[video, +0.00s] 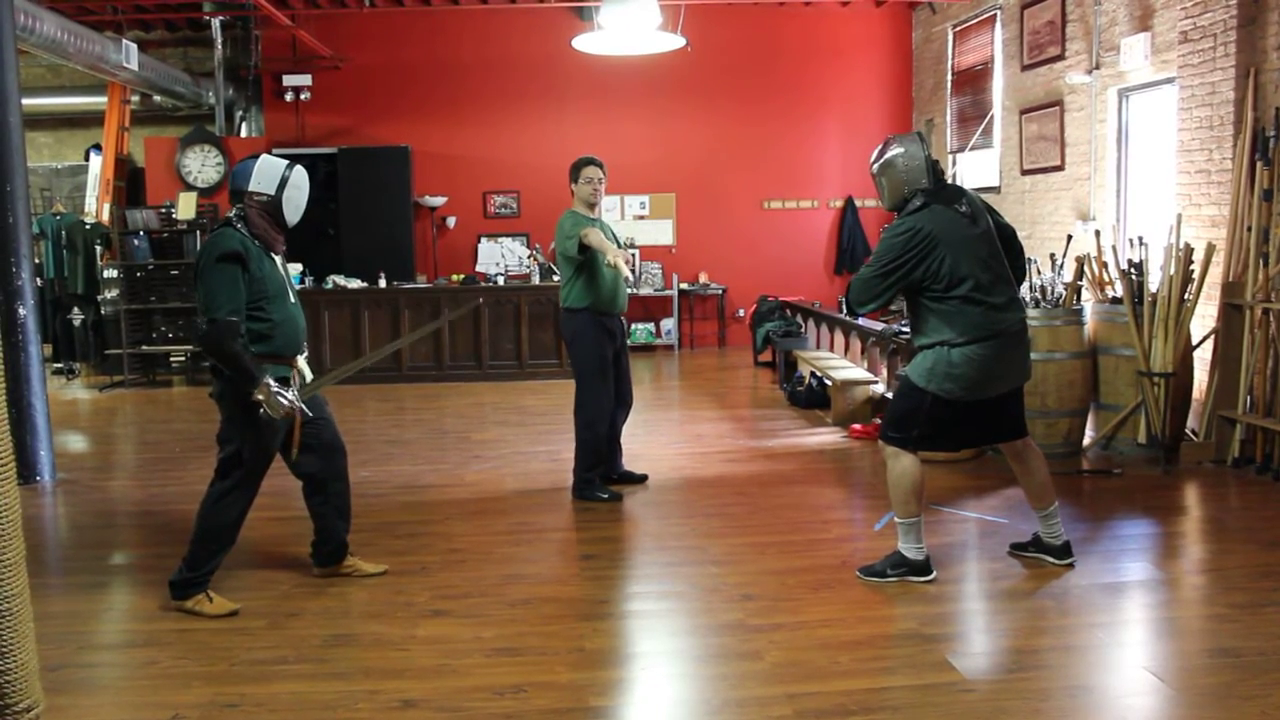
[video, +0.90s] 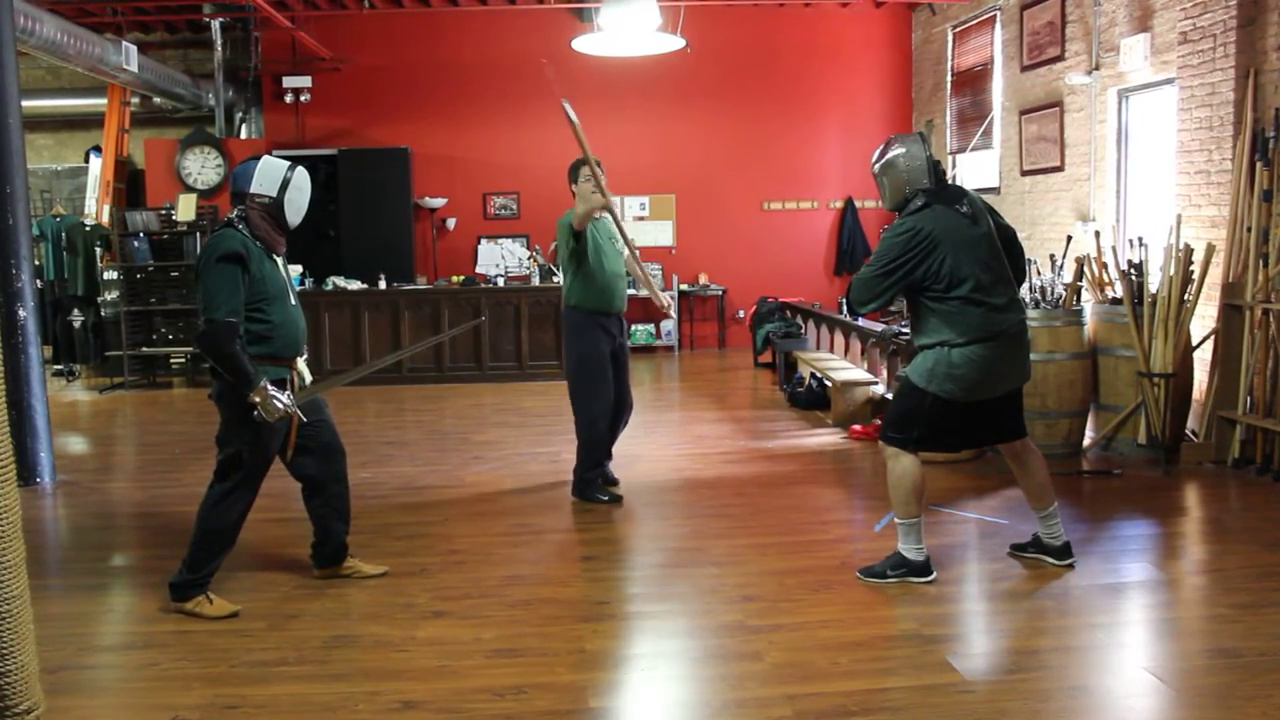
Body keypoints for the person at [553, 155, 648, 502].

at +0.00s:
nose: (596, 186)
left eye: (600, 181)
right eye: (588, 181)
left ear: (605, 186)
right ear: (574, 186)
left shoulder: (603, 226)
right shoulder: (571, 220)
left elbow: (614, 256)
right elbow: (591, 237)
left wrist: (623, 258)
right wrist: (612, 253)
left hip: (610, 319)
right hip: (585, 320)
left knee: (619, 398)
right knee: (594, 399)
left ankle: (610, 469)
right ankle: (585, 482)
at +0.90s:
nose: (596, 181)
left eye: (599, 175)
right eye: (587, 177)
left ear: (606, 182)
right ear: (574, 188)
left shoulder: (609, 224)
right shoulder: (569, 223)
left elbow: (627, 264)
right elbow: (578, 218)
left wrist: (654, 293)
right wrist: (593, 204)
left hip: (613, 322)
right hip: (584, 322)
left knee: (620, 403)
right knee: (595, 402)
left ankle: (598, 465)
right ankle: (585, 482)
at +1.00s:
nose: (600, 179)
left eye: (604, 175)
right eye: (593, 173)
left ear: (607, 184)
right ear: (579, 182)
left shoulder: (608, 226)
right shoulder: (574, 223)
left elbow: (624, 266)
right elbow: (570, 211)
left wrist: (652, 291)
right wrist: (576, 183)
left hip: (612, 319)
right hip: (584, 318)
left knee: (615, 400)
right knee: (592, 399)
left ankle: (597, 466)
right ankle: (585, 481)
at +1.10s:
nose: (601, 182)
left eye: (605, 177)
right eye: (593, 177)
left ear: (611, 183)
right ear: (581, 183)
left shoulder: (613, 226)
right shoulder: (575, 216)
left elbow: (632, 267)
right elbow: (556, 203)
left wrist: (654, 296)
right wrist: (556, 173)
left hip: (609, 318)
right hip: (580, 316)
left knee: (611, 396)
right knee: (585, 396)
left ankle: (596, 465)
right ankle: (586, 479)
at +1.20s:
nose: (604, 183)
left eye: (609, 179)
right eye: (597, 178)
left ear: (613, 186)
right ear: (583, 184)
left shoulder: (616, 228)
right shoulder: (570, 215)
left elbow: (634, 266)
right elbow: (540, 205)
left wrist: (655, 297)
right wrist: (548, 170)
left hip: (609, 317)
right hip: (575, 316)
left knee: (608, 395)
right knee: (578, 395)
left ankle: (596, 465)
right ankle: (585, 477)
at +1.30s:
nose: (603, 183)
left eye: (607, 179)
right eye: (596, 178)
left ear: (611, 187)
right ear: (581, 183)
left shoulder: (618, 229)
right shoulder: (565, 215)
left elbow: (637, 269)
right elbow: (531, 204)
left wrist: (659, 299)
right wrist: (539, 169)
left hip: (606, 316)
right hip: (572, 313)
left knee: (606, 392)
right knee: (572, 392)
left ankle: (595, 461)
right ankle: (573, 471)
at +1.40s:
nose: (600, 184)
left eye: (605, 180)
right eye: (594, 179)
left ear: (608, 188)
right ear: (579, 184)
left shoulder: (615, 229)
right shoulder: (561, 215)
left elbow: (636, 270)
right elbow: (524, 205)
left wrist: (659, 301)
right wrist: (526, 171)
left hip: (604, 317)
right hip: (568, 315)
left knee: (605, 393)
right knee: (565, 393)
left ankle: (597, 463)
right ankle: (559, 465)